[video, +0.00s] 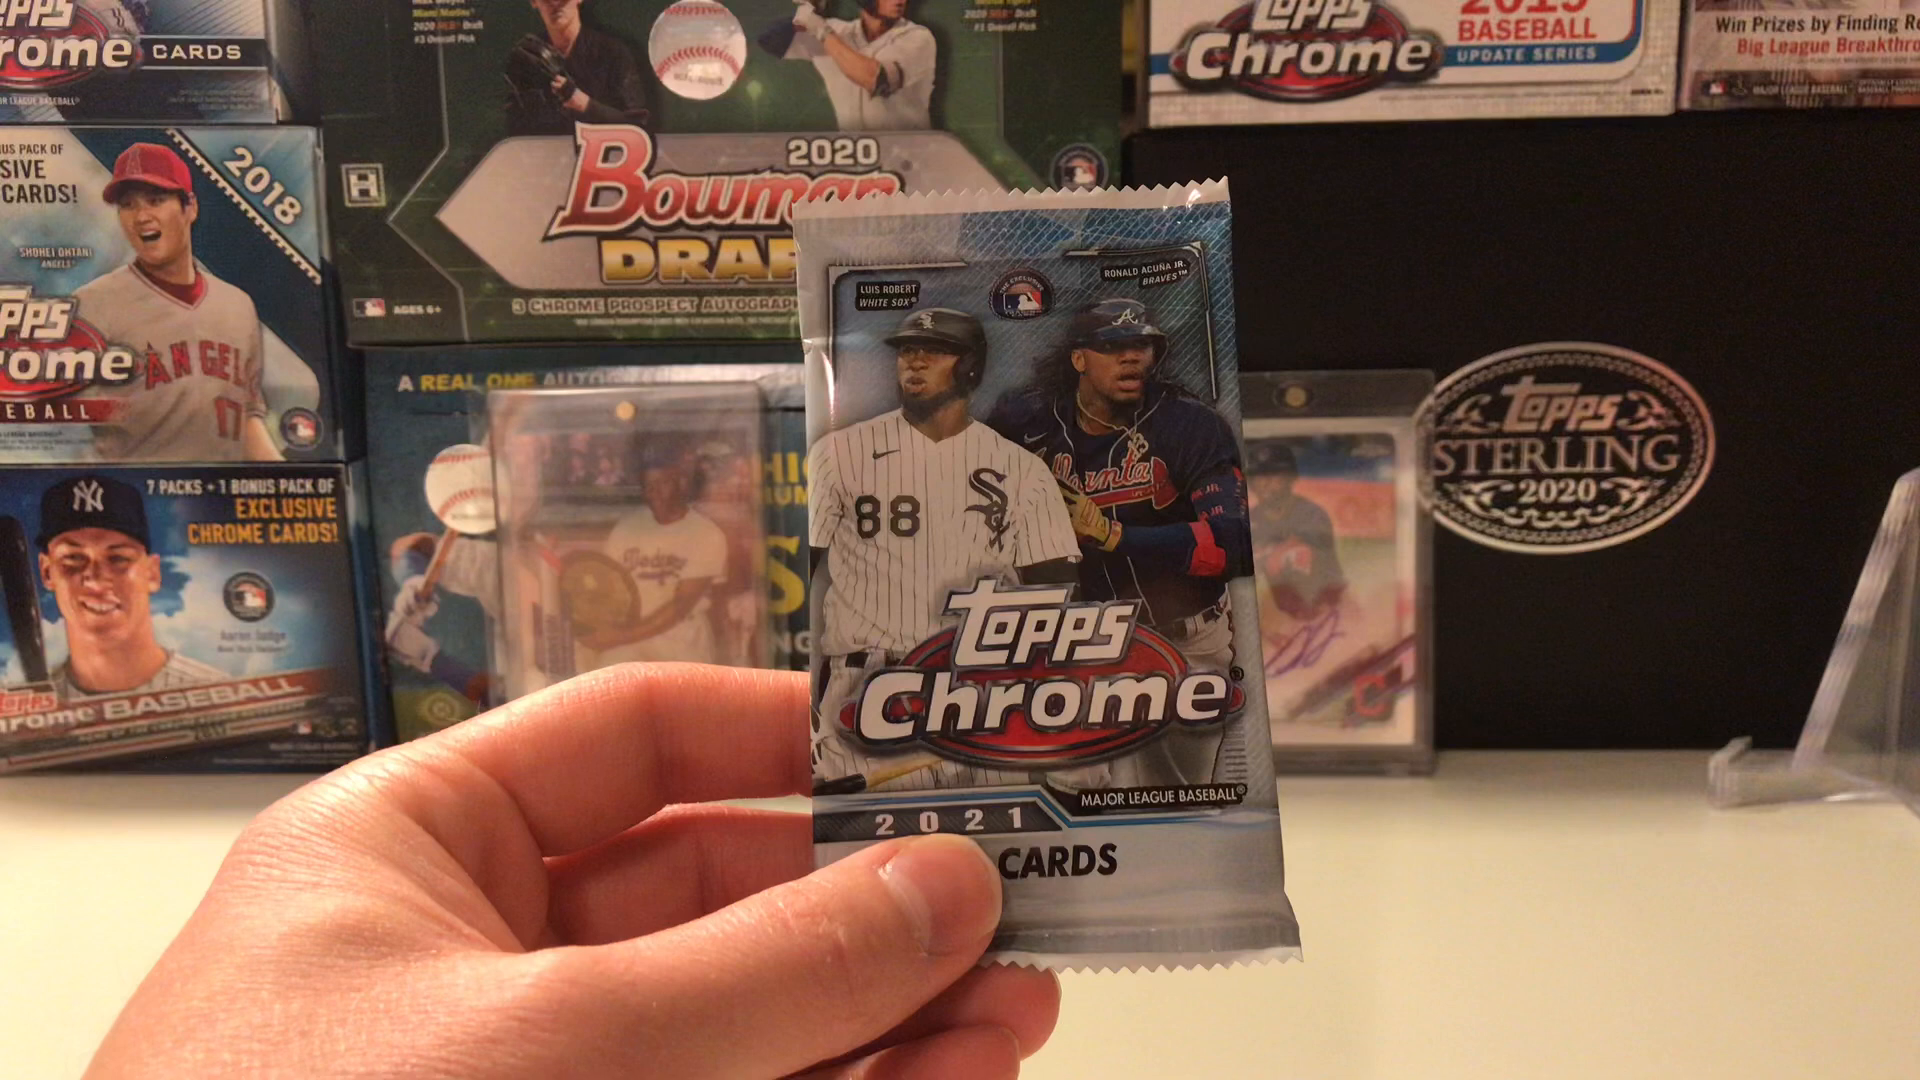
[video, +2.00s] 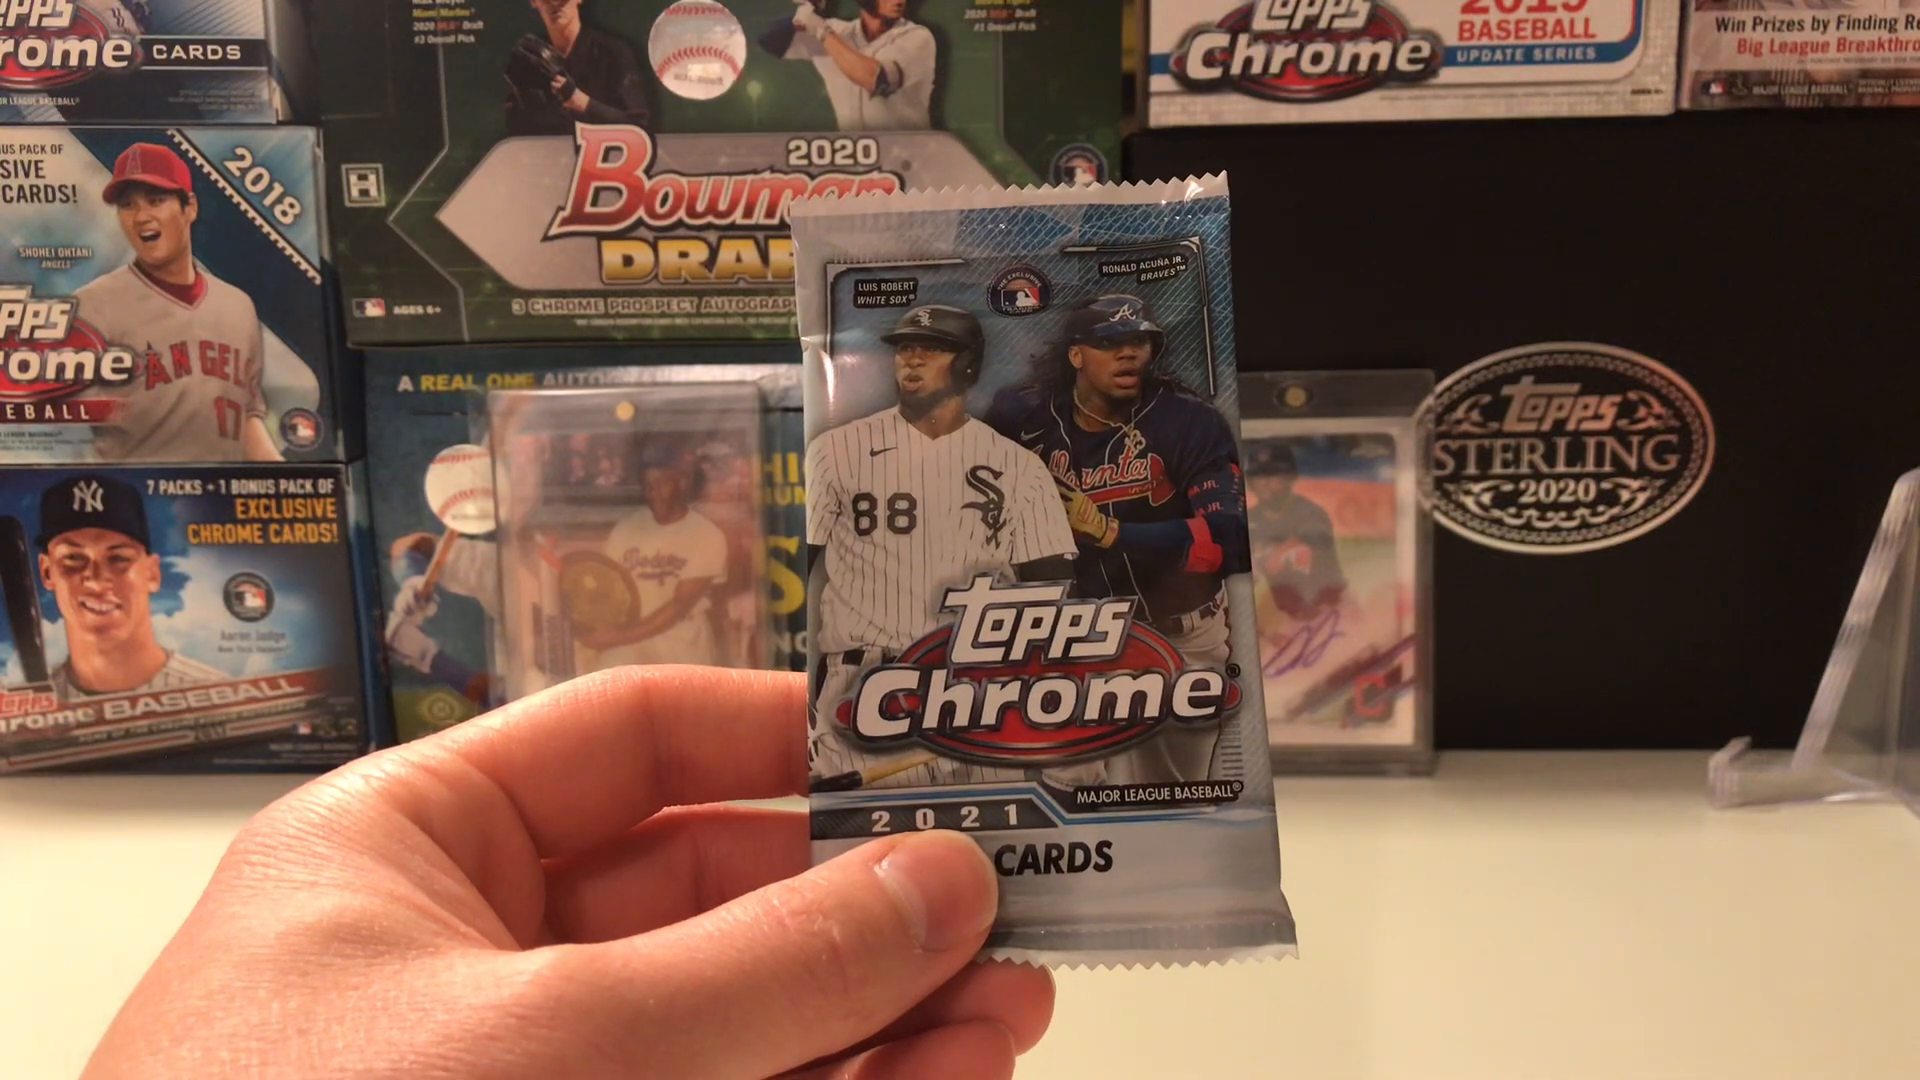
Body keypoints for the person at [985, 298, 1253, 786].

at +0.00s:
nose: (1134, 358)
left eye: (1142, 345)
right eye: (1116, 346)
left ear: (1155, 353)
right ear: (1079, 359)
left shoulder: (1192, 426)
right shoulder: (1028, 423)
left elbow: (1231, 543)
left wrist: (1113, 534)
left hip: (1189, 634)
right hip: (1081, 641)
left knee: (1195, 803)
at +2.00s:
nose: (1131, 354)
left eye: (1140, 341)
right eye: (1113, 343)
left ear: (1153, 349)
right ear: (1076, 356)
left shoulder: (1190, 423)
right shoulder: (1023, 419)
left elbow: (1226, 537)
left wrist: (1112, 532)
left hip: (1182, 630)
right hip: (1070, 636)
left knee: (1178, 801)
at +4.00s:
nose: (1119, 356)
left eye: (1128, 343)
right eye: (1101, 345)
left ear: (1141, 351)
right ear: (1066, 358)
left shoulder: (1180, 423)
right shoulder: (1015, 420)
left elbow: (1213, 535)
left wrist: (1101, 528)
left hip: (1178, 627)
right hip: (1070, 632)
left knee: (1180, 790)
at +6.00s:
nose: (1131, 359)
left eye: (1139, 347)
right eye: (1113, 349)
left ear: (1153, 356)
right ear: (1078, 361)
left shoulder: (1191, 427)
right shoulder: (1024, 421)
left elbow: (1224, 539)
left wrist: (1112, 532)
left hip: (1182, 632)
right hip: (1072, 635)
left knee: (1176, 799)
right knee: (1075, 795)